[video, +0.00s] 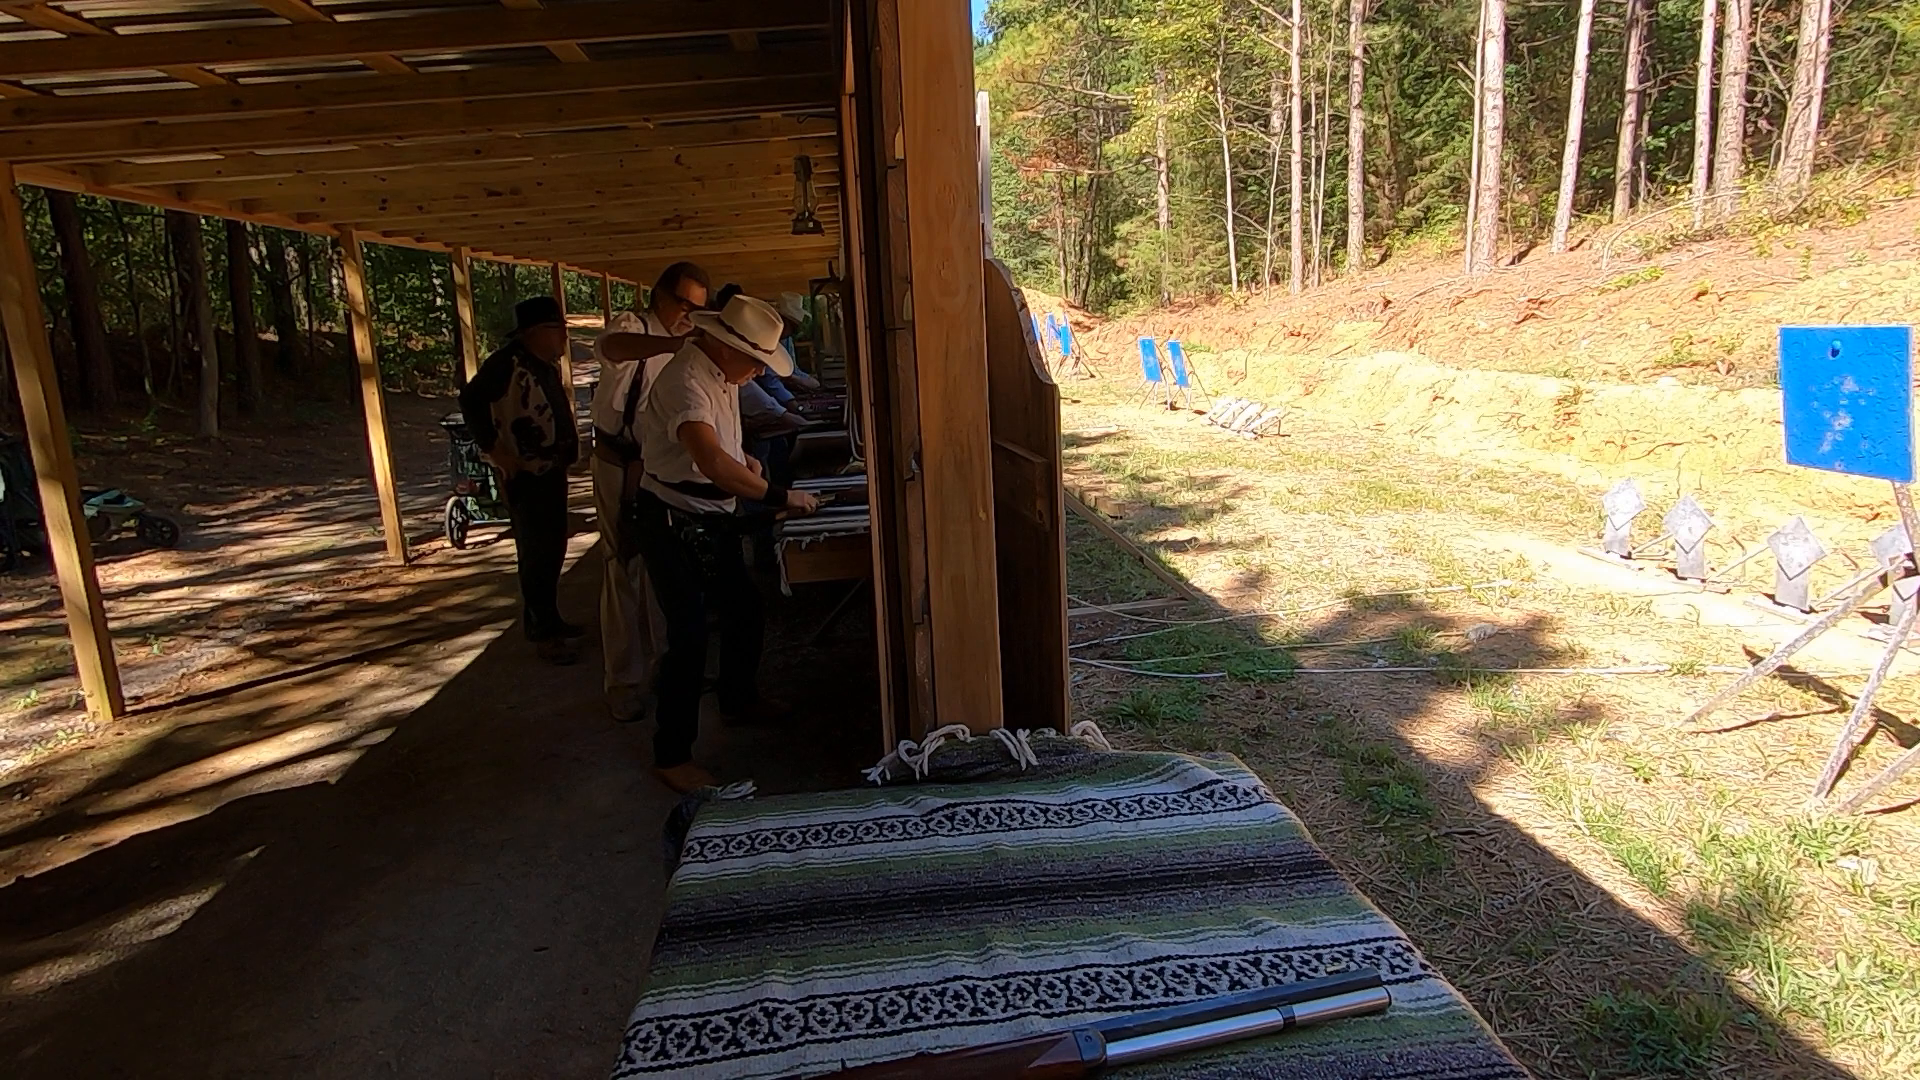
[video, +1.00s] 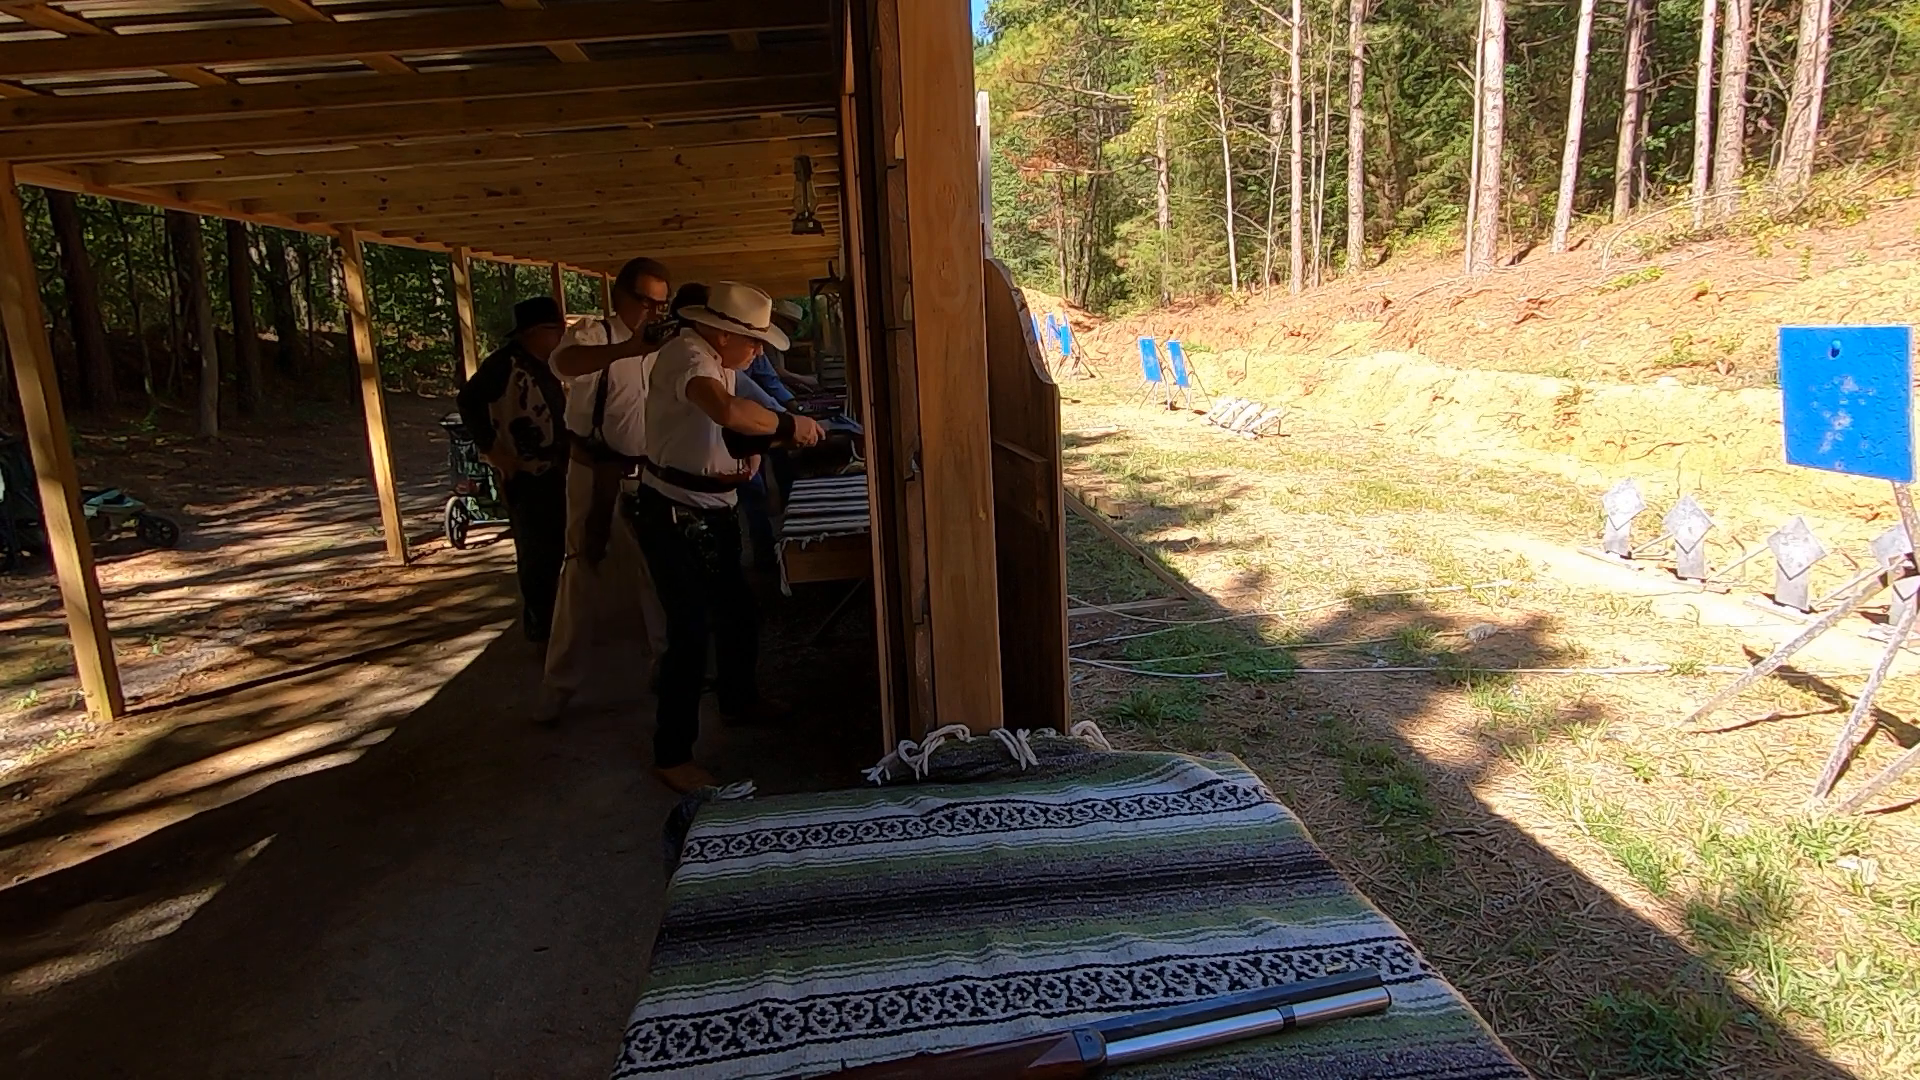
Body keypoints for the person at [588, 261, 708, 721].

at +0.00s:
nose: (689, 314)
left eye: (696, 309)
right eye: (683, 304)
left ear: (699, 311)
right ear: (659, 295)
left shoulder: (690, 344)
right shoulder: (631, 325)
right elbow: (608, 347)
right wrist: (674, 345)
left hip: (667, 461)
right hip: (618, 462)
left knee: (669, 563)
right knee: (624, 569)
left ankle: (670, 665)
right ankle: (624, 682)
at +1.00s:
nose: (655, 312)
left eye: (661, 305)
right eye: (648, 303)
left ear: (665, 305)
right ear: (621, 296)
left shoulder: (661, 343)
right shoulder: (594, 331)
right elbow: (562, 362)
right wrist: (631, 348)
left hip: (650, 471)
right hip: (595, 472)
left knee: (657, 574)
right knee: (581, 576)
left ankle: (667, 665)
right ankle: (557, 687)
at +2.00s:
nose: (513, 311)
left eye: (518, 303)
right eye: (502, 303)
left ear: (522, 305)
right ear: (470, 306)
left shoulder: (547, 363)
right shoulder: (438, 365)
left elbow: (571, 433)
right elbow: (419, 441)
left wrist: (598, 496)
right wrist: (457, 457)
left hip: (537, 492)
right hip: (480, 496)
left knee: (531, 600)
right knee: (505, 603)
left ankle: (513, 724)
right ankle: (543, 688)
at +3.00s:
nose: (464, 350)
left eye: (471, 341)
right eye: (459, 336)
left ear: (469, 334)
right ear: (424, 315)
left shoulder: (451, 370)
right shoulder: (366, 357)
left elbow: (463, 453)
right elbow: (318, 445)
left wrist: (489, 523)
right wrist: (403, 485)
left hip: (438, 515)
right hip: (374, 518)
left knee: (475, 617)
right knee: (381, 643)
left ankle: (506, 729)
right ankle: (392, 779)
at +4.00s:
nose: (392, 308)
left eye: (395, 298)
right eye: (381, 298)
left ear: (390, 300)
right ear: (340, 300)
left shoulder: (384, 358)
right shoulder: (309, 358)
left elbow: (401, 445)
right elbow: (274, 456)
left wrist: (432, 507)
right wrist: (353, 494)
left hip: (410, 512)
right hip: (352, 520)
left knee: (446, 622)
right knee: (372, 645)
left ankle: (471, 737)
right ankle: (388, 778)